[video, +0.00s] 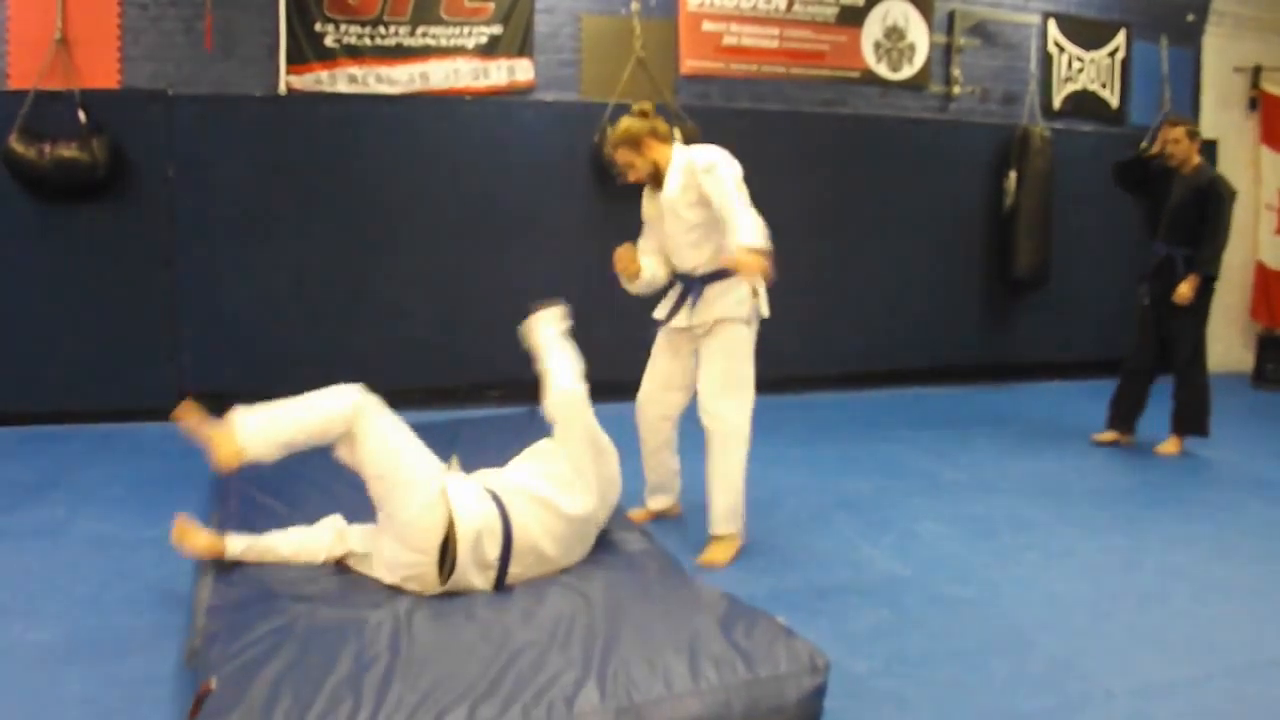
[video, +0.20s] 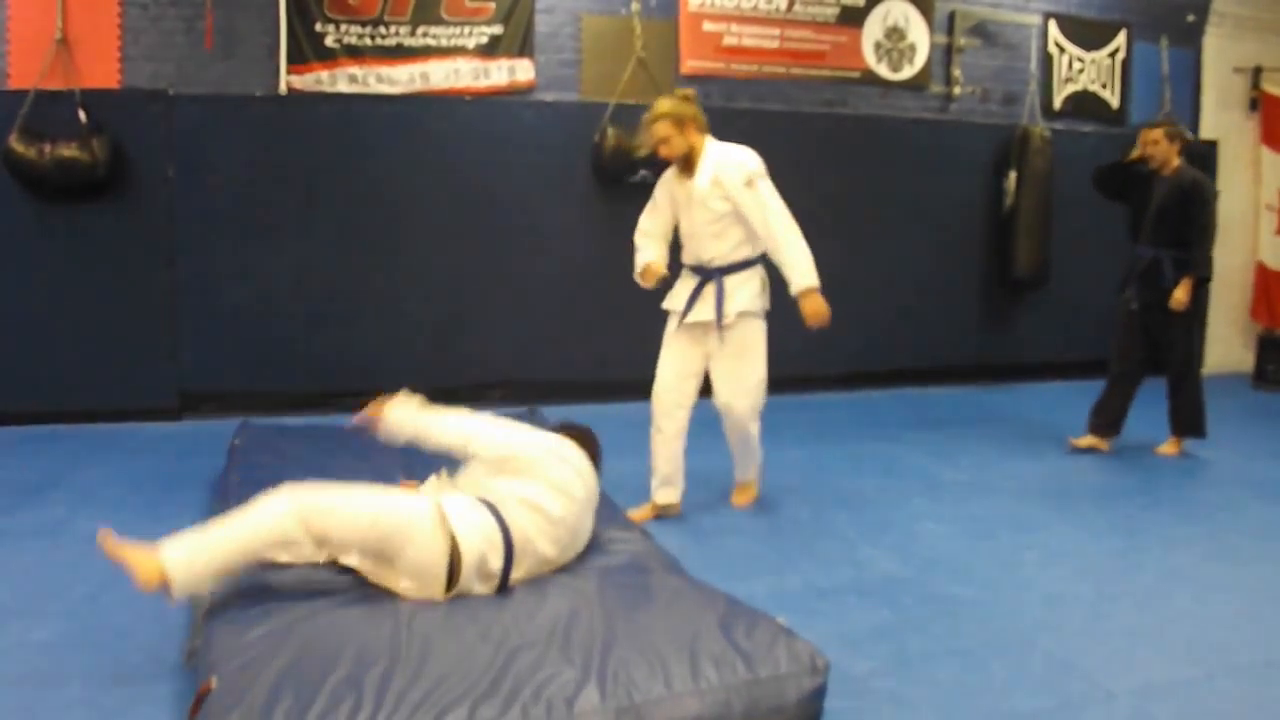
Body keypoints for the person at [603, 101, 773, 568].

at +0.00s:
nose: (628, 176)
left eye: (628, 164)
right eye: (621, 169)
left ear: (650, 143)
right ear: (633, 156)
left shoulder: (708, 162)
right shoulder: (653, 194)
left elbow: (738, 206)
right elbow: (657, 269)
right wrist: (634, 272)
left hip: (727, 293)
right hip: (681, 302)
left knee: (723, 410)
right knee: (654, 405)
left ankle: (726, 531)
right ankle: (662, 499)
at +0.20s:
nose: (661, 151)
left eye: (665, 140)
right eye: (656, 144)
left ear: (691, 129)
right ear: (659, 143)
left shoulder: (736, 164)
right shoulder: (671, 181)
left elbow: (777, 224)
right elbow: (651, 230)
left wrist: (806, 288)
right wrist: (650, 262)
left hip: (740, 290)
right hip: (690, 290)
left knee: (737, 402)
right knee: (667, 399)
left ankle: (746, 479)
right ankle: (665, 496)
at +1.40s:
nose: (902, 151)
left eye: (907, 145)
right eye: (896, 144)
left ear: (909, 149)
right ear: (877, 144)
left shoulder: (907, 186)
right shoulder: (849, 183)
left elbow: (917, 239)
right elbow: (825, 237)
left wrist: (917, 289)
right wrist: (810, 287)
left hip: (891, 275)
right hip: (853, 273)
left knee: (890, 351)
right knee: (837, 349)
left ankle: (871, 416)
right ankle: (790, 423)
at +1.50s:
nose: (924, 150)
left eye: (927, 144)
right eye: (918, 142)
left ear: (928, 147)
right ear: (898, 141)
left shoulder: (920, 185)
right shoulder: (867, 180)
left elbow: (929, 236)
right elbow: (849, 235)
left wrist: (936, 282)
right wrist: (839, 284)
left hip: (905, 270)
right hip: (872, 267)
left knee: (899, 349)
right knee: (871, 347)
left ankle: (873, 414)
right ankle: (823, 419)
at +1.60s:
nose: (938, 147)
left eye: (940, 141)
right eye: (932, 140)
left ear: (939, 143)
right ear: (911, 137)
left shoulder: (927, 180)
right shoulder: (878, 175)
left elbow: (937, 229)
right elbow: (863, 229)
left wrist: (947, 273)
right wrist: (861, 278)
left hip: (910, 265)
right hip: (882, 263)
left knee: (905, 345)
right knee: (895, 342)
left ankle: (877, 416)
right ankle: (856, 415)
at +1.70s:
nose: (957, 148)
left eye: (958, 141)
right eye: (952, 140)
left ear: (941, 141)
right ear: (931, 137)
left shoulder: (937, 174)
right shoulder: (896, 172)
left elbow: (947, 223)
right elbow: (884, 225)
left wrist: (960, 265)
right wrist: (889, 274)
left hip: (921, 263)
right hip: (898, 263)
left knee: (897, 341)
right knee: (927, 337)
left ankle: (872, 409)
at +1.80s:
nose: (974, 155)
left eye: (975, 148)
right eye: (970, 147)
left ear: (953, 146)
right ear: (949, 143)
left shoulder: (948, 180)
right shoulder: (919, 176)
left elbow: (955, 228)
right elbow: (906, 229)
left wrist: (971, 267)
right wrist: (915, 278)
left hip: (928, 266)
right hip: (913, 268)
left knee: (901, 347)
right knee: (946, 346)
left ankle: (871, 412)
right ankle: (964, 421)